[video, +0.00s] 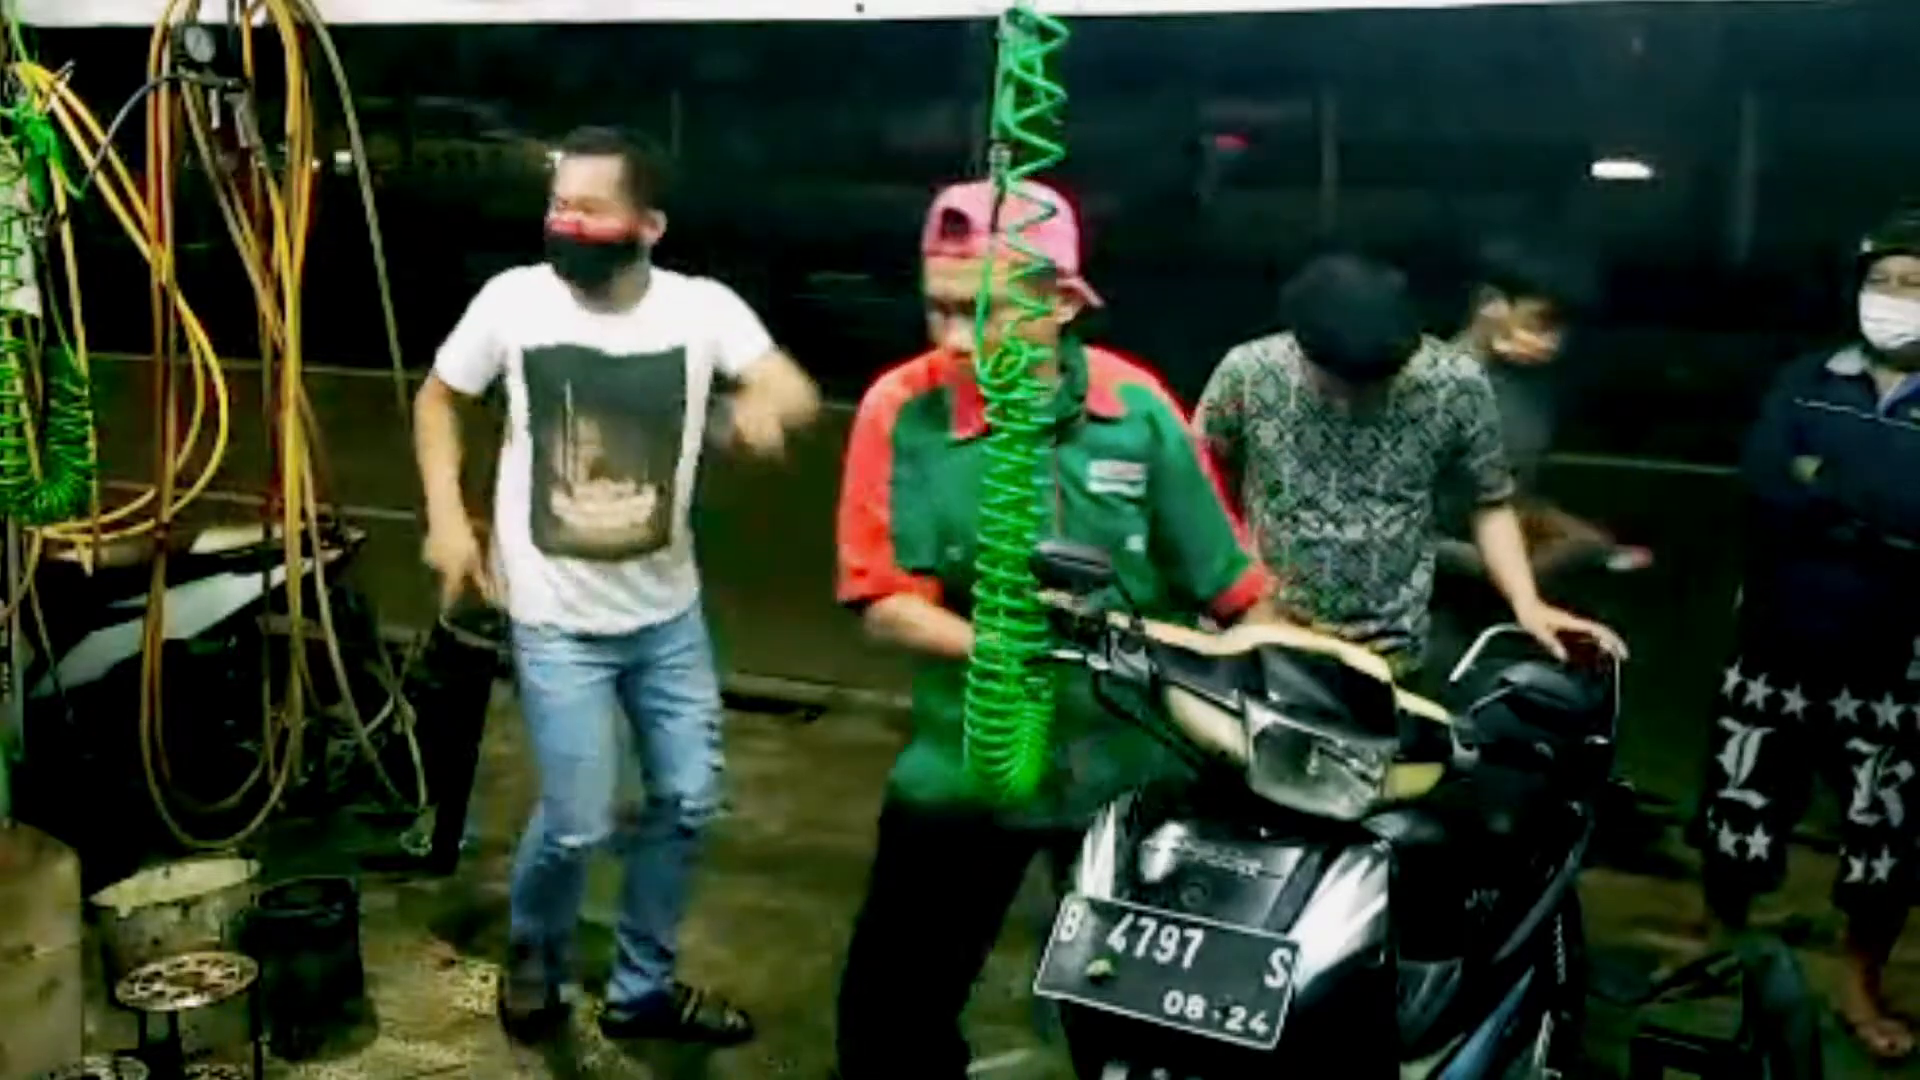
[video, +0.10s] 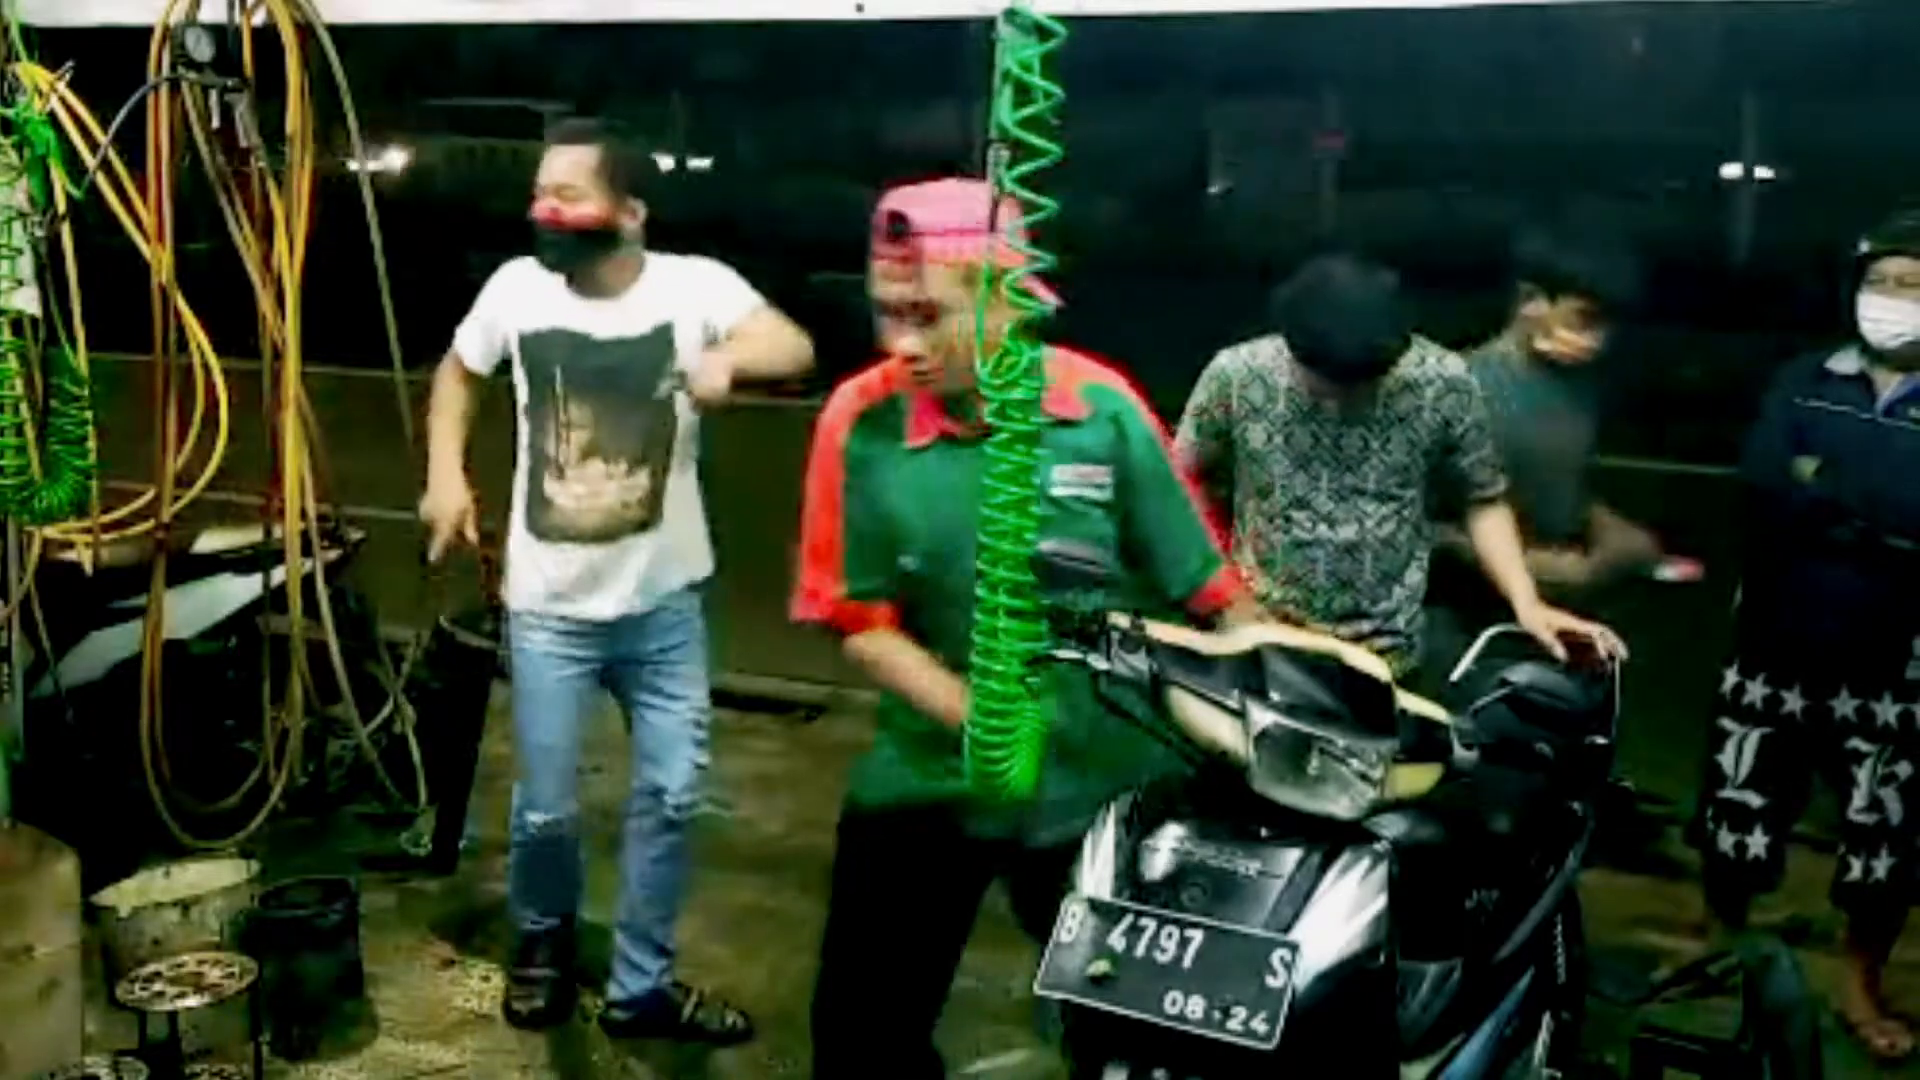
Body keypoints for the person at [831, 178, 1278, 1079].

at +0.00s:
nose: (952, 335)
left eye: (977, 313)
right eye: (941, 310)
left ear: (1059, 306)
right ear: (927, 300)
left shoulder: (1135, 407)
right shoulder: (902, 407)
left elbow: (1241, 596)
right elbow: (885, 604)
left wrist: (1337, 663)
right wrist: (1012, 648)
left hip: (1121, 774)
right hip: (960, 775)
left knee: (1135, 1023)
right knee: (890, 1018)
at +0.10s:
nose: (903, 345)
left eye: (926, 319)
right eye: (888, 318)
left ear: (1006, 306)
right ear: (873, 308)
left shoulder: (1100, 408)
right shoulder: (861, 418)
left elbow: (1211, 586)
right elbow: (853, 616)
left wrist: (1325, 652)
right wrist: (970, 713)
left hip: (1092, 792)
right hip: (922, 790)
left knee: (1135, 1033)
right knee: (863, 1039)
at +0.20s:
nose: (842, 336)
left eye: (864, 311)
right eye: (829, 312)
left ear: (950, 293)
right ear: (816, 303)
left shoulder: (1054, 404)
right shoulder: (818, 420)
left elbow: (1171, 591)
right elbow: (801, 624)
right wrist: (869, 776)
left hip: (1049, 812)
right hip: (876, 809)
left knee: (1112, 1051)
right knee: (847, 1056)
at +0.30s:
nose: (781, 328)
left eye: (800, 301)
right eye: (771, 302)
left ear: (888, 288)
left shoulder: (1016, 400)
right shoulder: (779, 418)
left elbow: (1112, 577)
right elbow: (734, 610)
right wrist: (742, 779)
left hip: (1011, 817)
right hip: (840, 819)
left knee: (1071, 1054)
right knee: (843, 1058)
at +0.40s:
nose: (757, 321)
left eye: (776, 293)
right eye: (746, 296)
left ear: (864, 275)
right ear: (741, 284)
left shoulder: (990, 396)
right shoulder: (750, 411)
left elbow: (1090, 602)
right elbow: (699, 588)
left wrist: (1101, 799)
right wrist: (658, 740)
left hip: (990, 819)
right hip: (826, 820)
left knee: (1039, 1046)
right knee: (844, 1054)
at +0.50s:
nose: (726, 310)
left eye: (744, 284)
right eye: (716, 286)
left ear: (835, 271)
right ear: (709, 278)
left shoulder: (950, 394)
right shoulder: (726, 404)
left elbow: (1017, 590)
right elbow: (667, 577)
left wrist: (1007, 779)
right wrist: (572, 718)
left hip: (938, 808)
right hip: (797, 808)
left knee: (942, 1050)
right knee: (818, 1040)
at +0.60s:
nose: (691, 313)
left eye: (713, 286)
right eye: (683, 286)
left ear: (804, 270)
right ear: (672, 272)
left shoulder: (914, 397)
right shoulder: (703, 404)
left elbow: (981, 633)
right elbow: (651, 581)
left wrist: (915, 798)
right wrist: (536, 714)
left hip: (890, 821)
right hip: (767, 817)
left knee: (873, 1060)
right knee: (792, 1055)